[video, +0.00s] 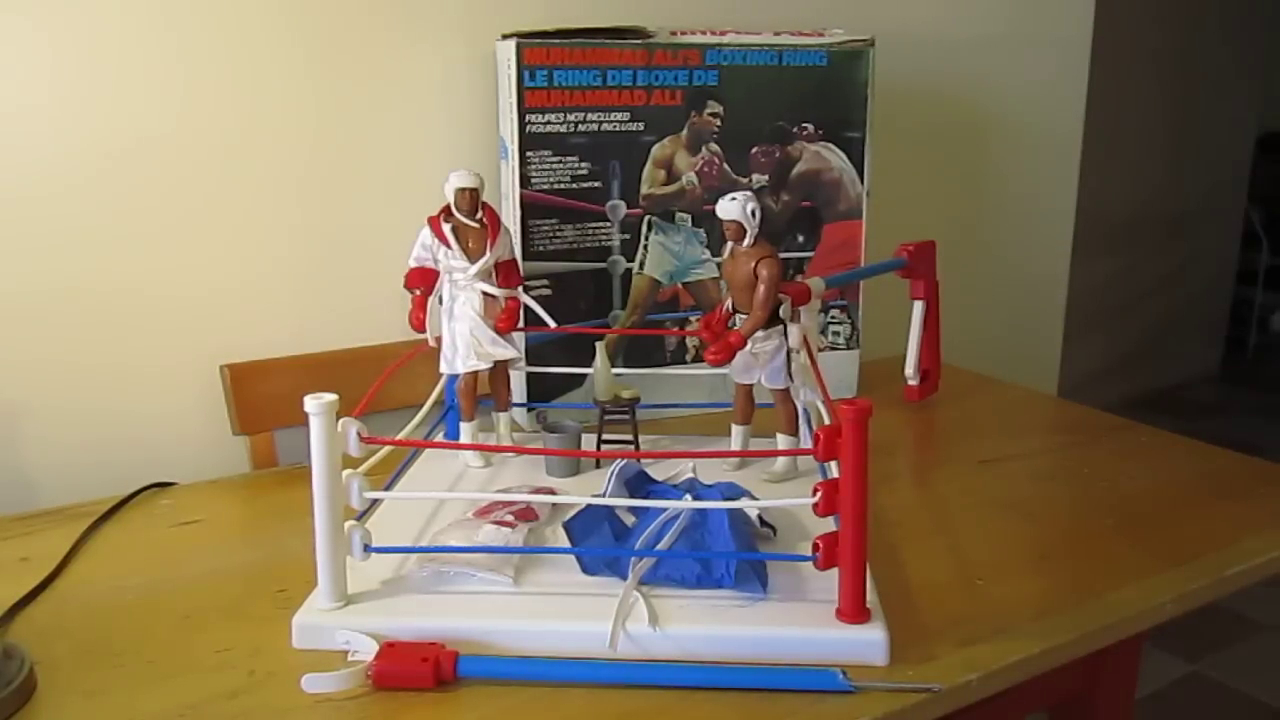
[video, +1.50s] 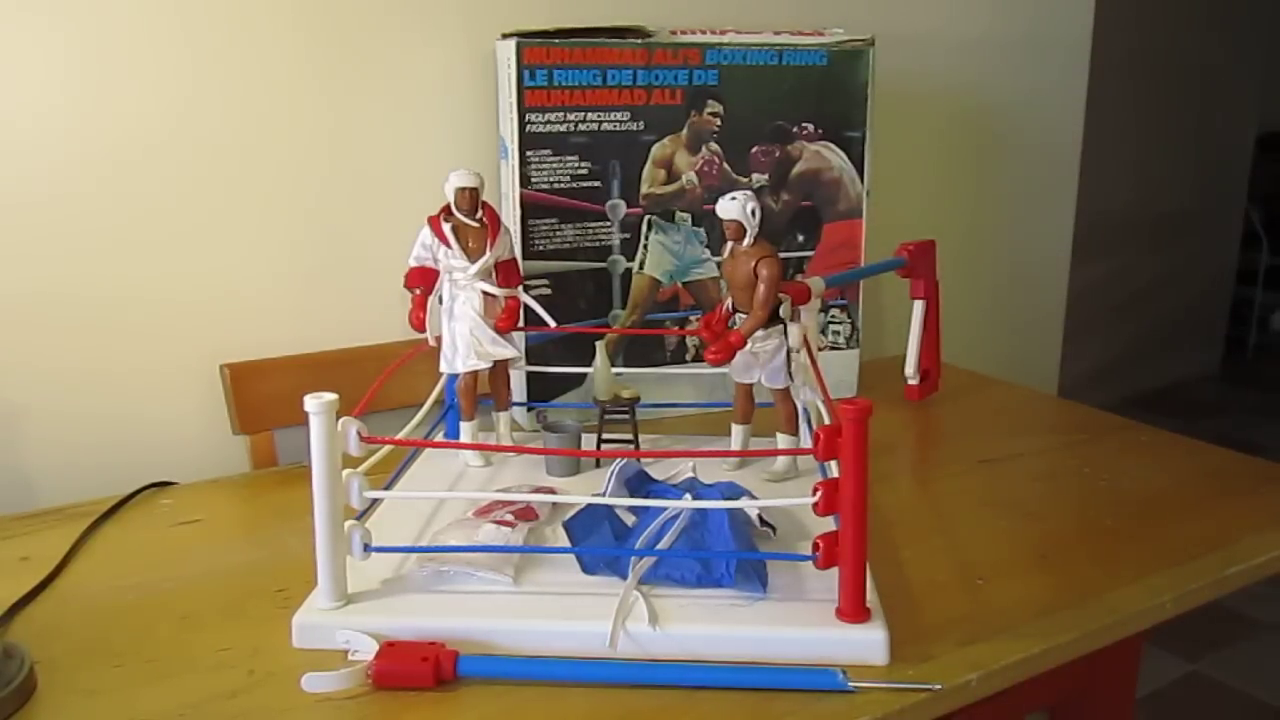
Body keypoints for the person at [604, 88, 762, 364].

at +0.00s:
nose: (719, 123)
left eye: (720, 117)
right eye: (713, 116)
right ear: (693, 117)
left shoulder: (712, 151)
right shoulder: (665, 149)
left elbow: (729, 182)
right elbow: (646, 198)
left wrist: (752, 181)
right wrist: (682, 184)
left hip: (693, 237)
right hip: (659, 235)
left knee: (718, 310)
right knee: (635, 315)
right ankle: (597, 374)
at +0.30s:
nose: (718, 123)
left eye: (720, 117)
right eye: (713, 116)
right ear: (694, 117)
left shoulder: (712, 151)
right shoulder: (665, 149)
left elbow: (729, 181)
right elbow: (646, 198)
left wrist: (752, 182)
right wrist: (682, 185)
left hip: (693, 238)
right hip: (660, 235)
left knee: (718, 311)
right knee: (634, 315)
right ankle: (596, 374)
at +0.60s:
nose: (719, 123)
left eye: (720, 117)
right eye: (713, 116)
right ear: (693, 116)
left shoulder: (712, 151)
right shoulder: (665, 149)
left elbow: (729, 181)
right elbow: (647, 198)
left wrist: (751, 182)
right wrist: (682, 184)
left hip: (693, 238)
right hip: (660, 235)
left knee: (718, 311)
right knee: (634, 316)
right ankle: (597, 373)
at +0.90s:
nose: (718, 123)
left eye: (720, 117)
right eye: (713, 116)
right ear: (693, 116)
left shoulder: (712, 151)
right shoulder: (664, 149)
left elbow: (730, 181)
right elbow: (646, 198)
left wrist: (752, 181)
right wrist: (683, 184)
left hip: (693, 236)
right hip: (660, 234)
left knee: (718, 309)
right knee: (634, 315)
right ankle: (597, 374)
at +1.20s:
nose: (718, 122)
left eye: (720, 117)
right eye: (713, 115)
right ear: (693, 116)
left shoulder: (712, 151)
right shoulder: (664, 149)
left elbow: (730, 181)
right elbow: (646, 198)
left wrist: (751, 181)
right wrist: (683, 184)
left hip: (693, 237)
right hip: (660, 235)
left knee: (718, 309)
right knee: (634, 315)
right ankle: (597, 372)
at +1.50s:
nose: (718, 122)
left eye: (720, 117)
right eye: (713, 115)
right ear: (693, 115)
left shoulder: (712, 151)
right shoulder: (664, 149)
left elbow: (730, 181)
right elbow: (647, 198)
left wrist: (751, 182)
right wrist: (682, 184)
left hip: (693, 238)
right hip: (660, 236)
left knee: (719, 310)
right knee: (634, 316)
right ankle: (597, 372)